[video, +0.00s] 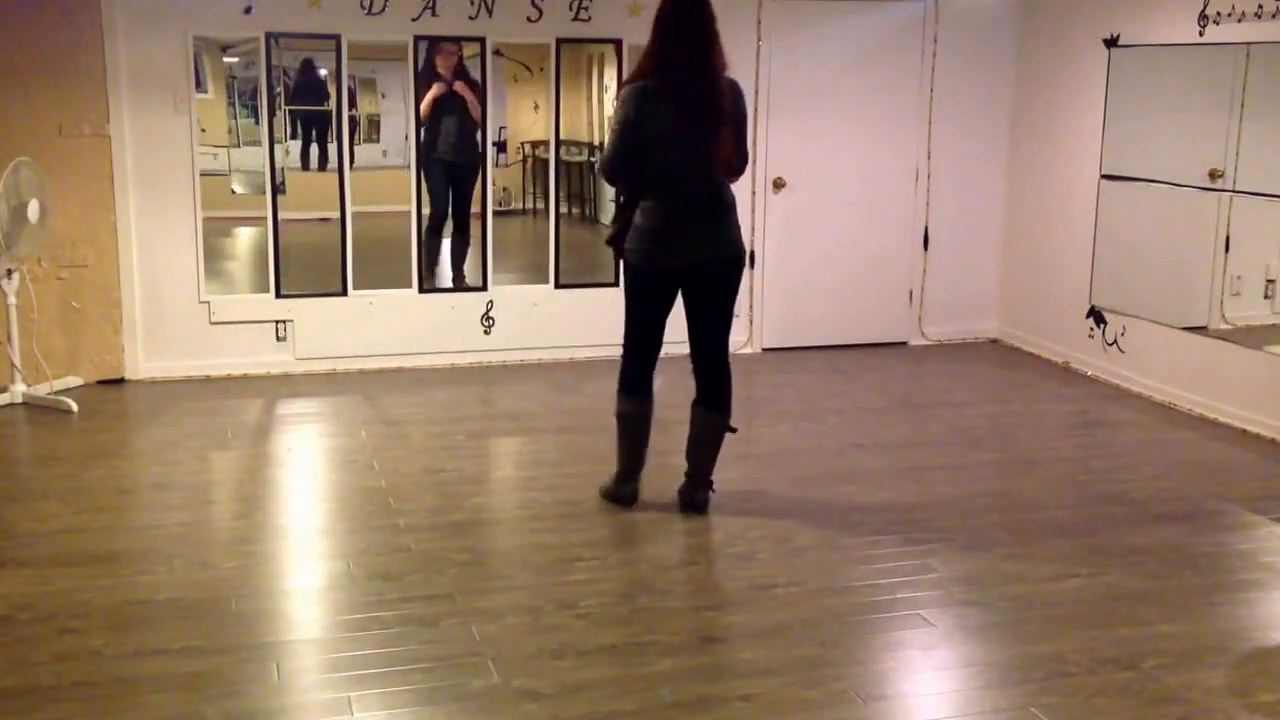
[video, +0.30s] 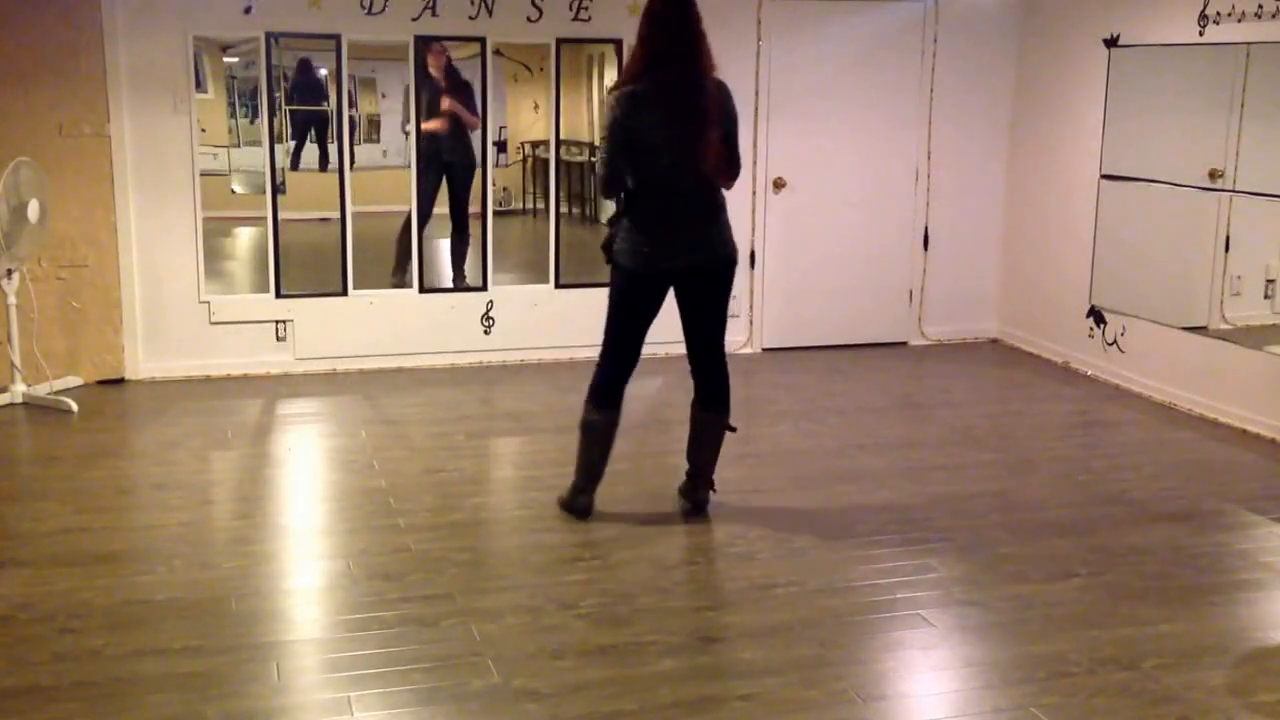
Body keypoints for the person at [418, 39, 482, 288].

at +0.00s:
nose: (450, 57)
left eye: (454, 52)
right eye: (445, 52)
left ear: (459, 56)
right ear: (434, 54)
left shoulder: (469, 83)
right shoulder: (425, 81)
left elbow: (480, 119)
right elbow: (419, 119)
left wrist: (468, 96)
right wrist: (431, 95)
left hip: (466, 156)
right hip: (435, 156)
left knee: (462, 216)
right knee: (440, 212)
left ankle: (458, 272)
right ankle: (429, 270)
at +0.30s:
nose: (441, 55)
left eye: (443, 51)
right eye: (436, 51)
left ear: (448, 55)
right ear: (425, 56)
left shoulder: (462, 86)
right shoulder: (418, 85)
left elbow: (476, 124)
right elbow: (407, 125)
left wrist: (457, 108)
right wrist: (430, 125)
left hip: (460, 156)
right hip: (430, 157)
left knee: (459, 215)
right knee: (420, 212)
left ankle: (459, 274)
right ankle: (399, 271)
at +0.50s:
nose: (428, 55)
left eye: (431, 50)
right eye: (422, 51)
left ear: (435, 54)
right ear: (414, 55)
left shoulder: (450, 85)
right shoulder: (404, 85)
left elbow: (462, 121)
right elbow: (395, 125)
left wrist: (455, 138)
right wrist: (407, 149)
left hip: (446, 156)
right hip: (415, 157)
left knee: (451, 214)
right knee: (409, 215)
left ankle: (459, 276)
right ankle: (398, 274)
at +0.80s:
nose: (411, 61)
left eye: (414, 56)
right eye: (407, 56)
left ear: (420, 58)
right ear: (398, 60)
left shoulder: (432, 85)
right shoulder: (389, 86)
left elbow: (442, 124)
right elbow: (374, 124)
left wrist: (438, 152)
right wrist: (387, 149)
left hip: (427, 159)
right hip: (396, 159)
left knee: (437, 217)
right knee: (397, 214)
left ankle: (449, 274)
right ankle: (397, 273)